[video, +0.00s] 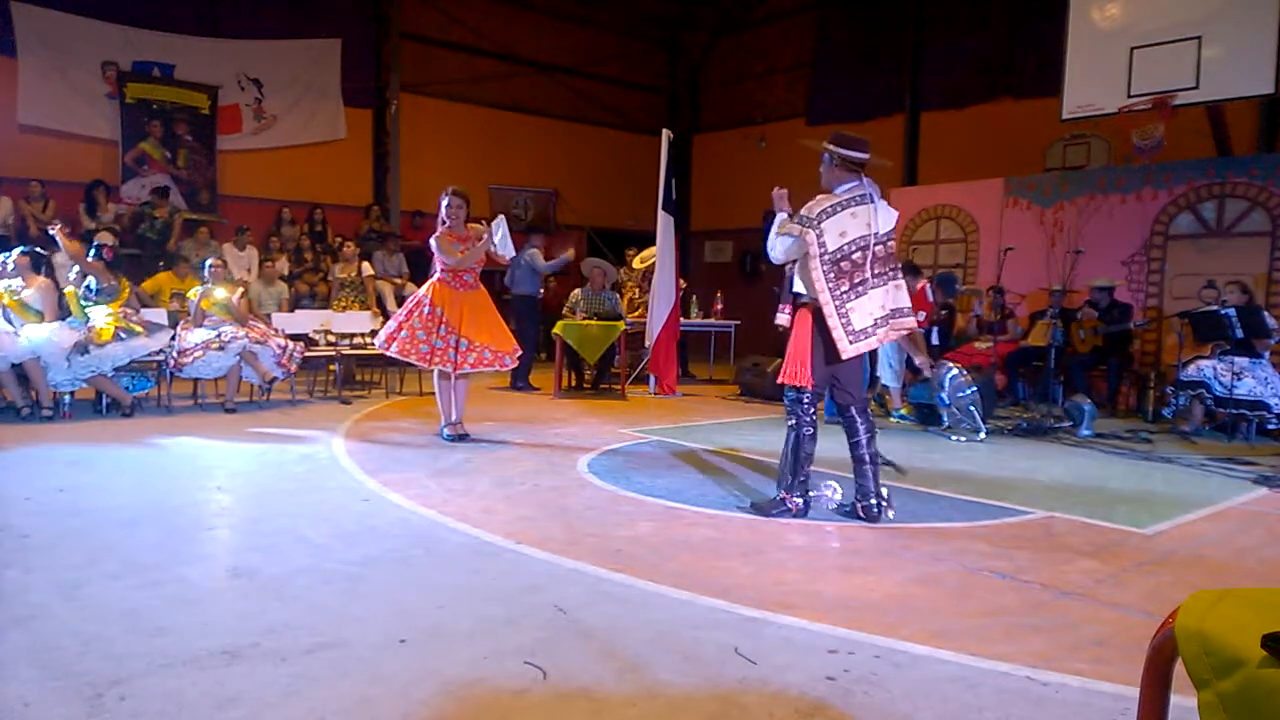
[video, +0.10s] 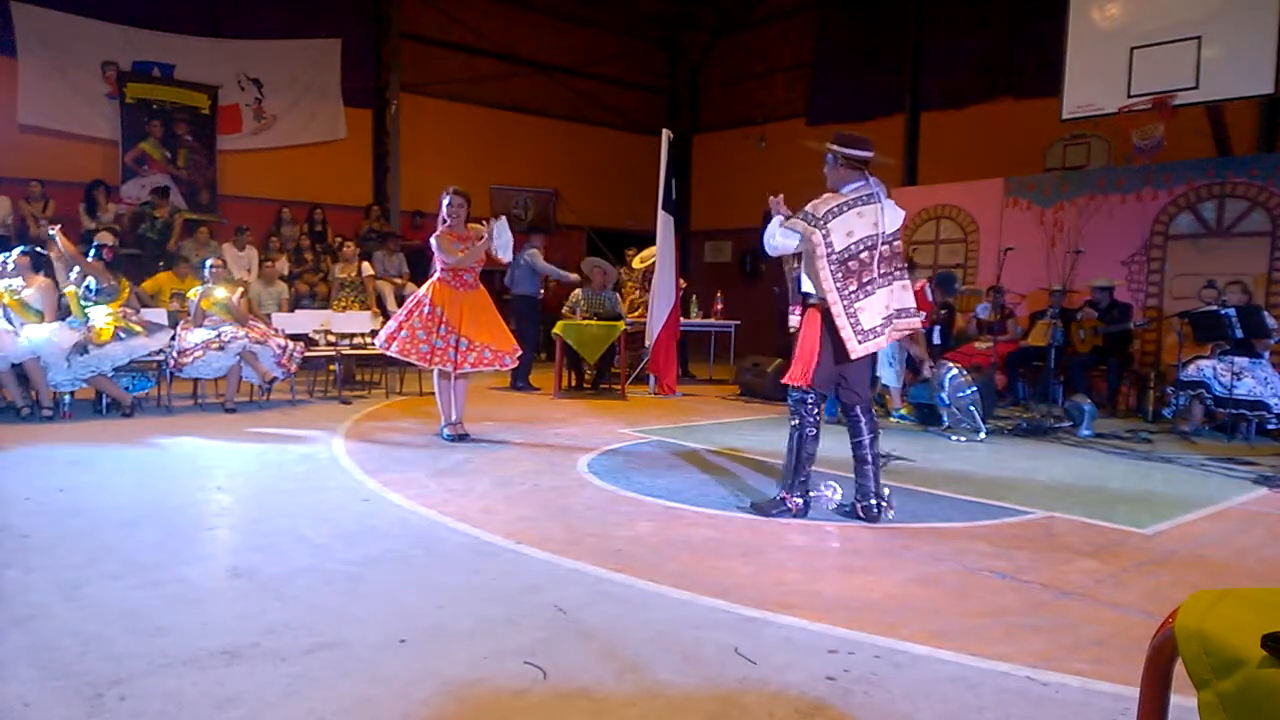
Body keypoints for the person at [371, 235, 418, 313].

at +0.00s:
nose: (395, 244)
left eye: (396, 241)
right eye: (392, 241)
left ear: (398, 243)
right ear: (386, 243)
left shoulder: (400, 255)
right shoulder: (378, 255)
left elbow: (405, 272)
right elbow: (379, 274)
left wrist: (403, 282)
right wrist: (393, 281)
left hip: (397, 278)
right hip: (384, 278)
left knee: (412, 289)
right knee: (386, 289)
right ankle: (393, 313)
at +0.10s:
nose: (395, 244)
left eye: (396, 241)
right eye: (392, 241)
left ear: (398, 243)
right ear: (386, 243)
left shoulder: (400, 255)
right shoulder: (378, 255)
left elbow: (406, 272)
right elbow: (379, 274)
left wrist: (403, 282)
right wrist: (393, 281)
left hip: (397, 278)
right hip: (384, 278)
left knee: (412, 289)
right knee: (387, 289)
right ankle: (394, 313)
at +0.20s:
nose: (395, 244)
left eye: (396, 241)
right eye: (392, 241)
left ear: (398, 243)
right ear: (386, 243)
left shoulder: (400, 255)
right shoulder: (378, 255)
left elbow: (405, 271)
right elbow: (379, 274)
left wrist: (404, 281)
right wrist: (393, 282)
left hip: (397, 278)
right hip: (384, 278)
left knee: (413, 288)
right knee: (387, 289)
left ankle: (417, 312)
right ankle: (394, 313)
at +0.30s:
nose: (395, 244)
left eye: (396, 241)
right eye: (392, 241)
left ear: (398, 243)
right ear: (386, 243)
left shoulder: (400, 255)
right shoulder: (378, 255)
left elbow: (405, 271)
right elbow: (379, 274)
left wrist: (404, 281)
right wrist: (393, 281)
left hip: (397, 278)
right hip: (383, 278)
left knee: (413, 288)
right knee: (387, 289)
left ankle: (418, 312)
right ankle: (394, 313)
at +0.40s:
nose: (395, 244)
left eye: (396, 241)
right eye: (392, 241)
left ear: (398, 243)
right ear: (386, 243)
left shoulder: (400, 255)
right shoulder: (378, 255)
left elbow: (405, 271)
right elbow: (379, 273)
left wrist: (404, 281)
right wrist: (393, 282)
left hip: (397, 278)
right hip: (383, 278)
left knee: (413, 288)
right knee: (387, 288)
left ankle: (418, 311)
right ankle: (393, 313)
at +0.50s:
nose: (395, 244)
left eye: (396, 241)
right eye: (392, 241)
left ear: (398, 243)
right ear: (386, 243)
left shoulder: (400, 255)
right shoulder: (378, 255)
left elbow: (405, 271)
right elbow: (379, 273)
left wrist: (404, 280)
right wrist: (393, 281)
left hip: (397, 278)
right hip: (383, 278)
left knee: (413, 288)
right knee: (387, 289)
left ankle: (418, 311)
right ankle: (394, 313)